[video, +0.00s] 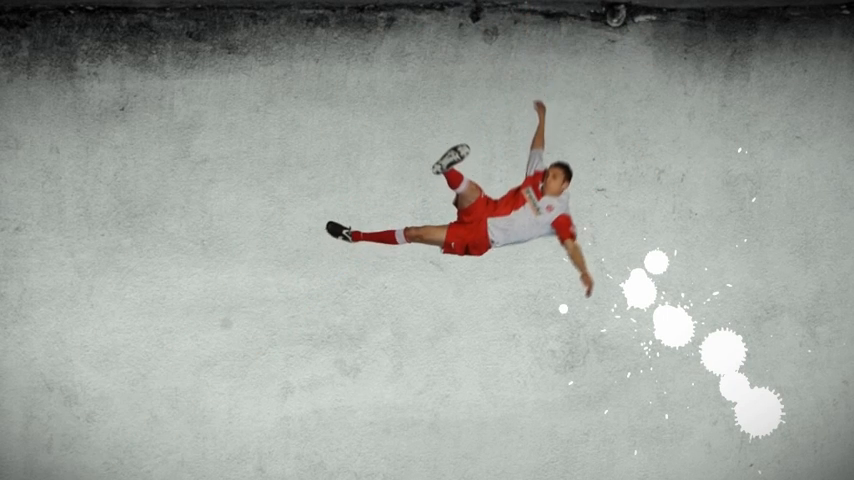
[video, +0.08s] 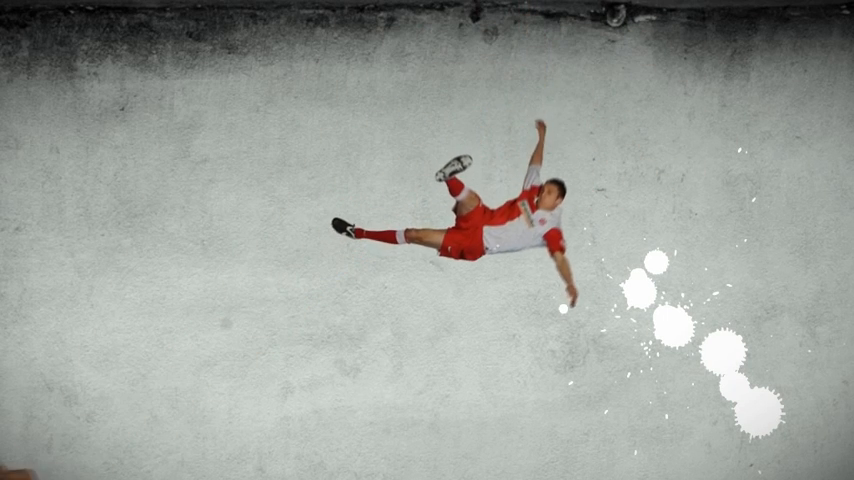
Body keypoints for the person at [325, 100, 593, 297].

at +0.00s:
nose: (548, 179)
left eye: (555, 178)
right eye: (548, 175)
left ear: (564, 186)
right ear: (544, 176)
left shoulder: (559, 216)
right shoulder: (535, 179)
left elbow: (571, 246)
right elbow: (537, 150)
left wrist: (584, 272)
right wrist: (542, 119)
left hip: (479, 237)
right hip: (479, 210)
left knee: (416, 233)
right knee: (469, 189)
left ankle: (354, 236)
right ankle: (446, 171)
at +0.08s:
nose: (543, 196)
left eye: (550, 194)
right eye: (544, 191)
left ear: (559, 201)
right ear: (541, 191)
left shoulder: (551, 230)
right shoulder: (532, 194)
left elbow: (560, 260)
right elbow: (535, 166)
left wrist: (571, 286)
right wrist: (542, 138)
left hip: (474, 242)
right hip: (478, 217)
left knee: (414, 235)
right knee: (467, 197)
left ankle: (357, 233)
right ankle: (450, 180)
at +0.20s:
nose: (537, 216)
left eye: (543, 215)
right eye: (538, 211)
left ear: (548, 222)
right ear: (534, 210)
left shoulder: (538, 246)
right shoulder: (525, 211)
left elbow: (544, 274)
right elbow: (531, 186)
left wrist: (550, 298)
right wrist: (541, 161)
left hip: (467, 250)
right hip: (472, 229)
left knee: (413, 237)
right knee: (466, 208)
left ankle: (362, 230)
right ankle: (451, 189)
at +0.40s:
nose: (524, 236)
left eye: (528, 236)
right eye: (525, 232)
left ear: (532, 244)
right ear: (522, 233)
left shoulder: (521, 265)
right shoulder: (513, 232)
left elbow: (522, 290)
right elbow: (522, 211)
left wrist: (524, 313)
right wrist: (534, 190)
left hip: (457, 258)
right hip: (465, 239)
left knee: (412, 238)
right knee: (461, 220)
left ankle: (368, 224)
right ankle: (453, 201)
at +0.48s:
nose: (520, 241)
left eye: (524, 242)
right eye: (521, 237)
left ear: (527, 249)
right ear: (518, 237)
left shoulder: (515, 269)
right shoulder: (509, 237)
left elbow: (515, 292)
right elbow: (518, 216)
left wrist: (516, 314)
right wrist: (531, 196)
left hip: (453, 259)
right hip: (462, 242)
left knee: (412, 238)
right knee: (459, 222)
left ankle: (369, 223)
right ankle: (452, 204)